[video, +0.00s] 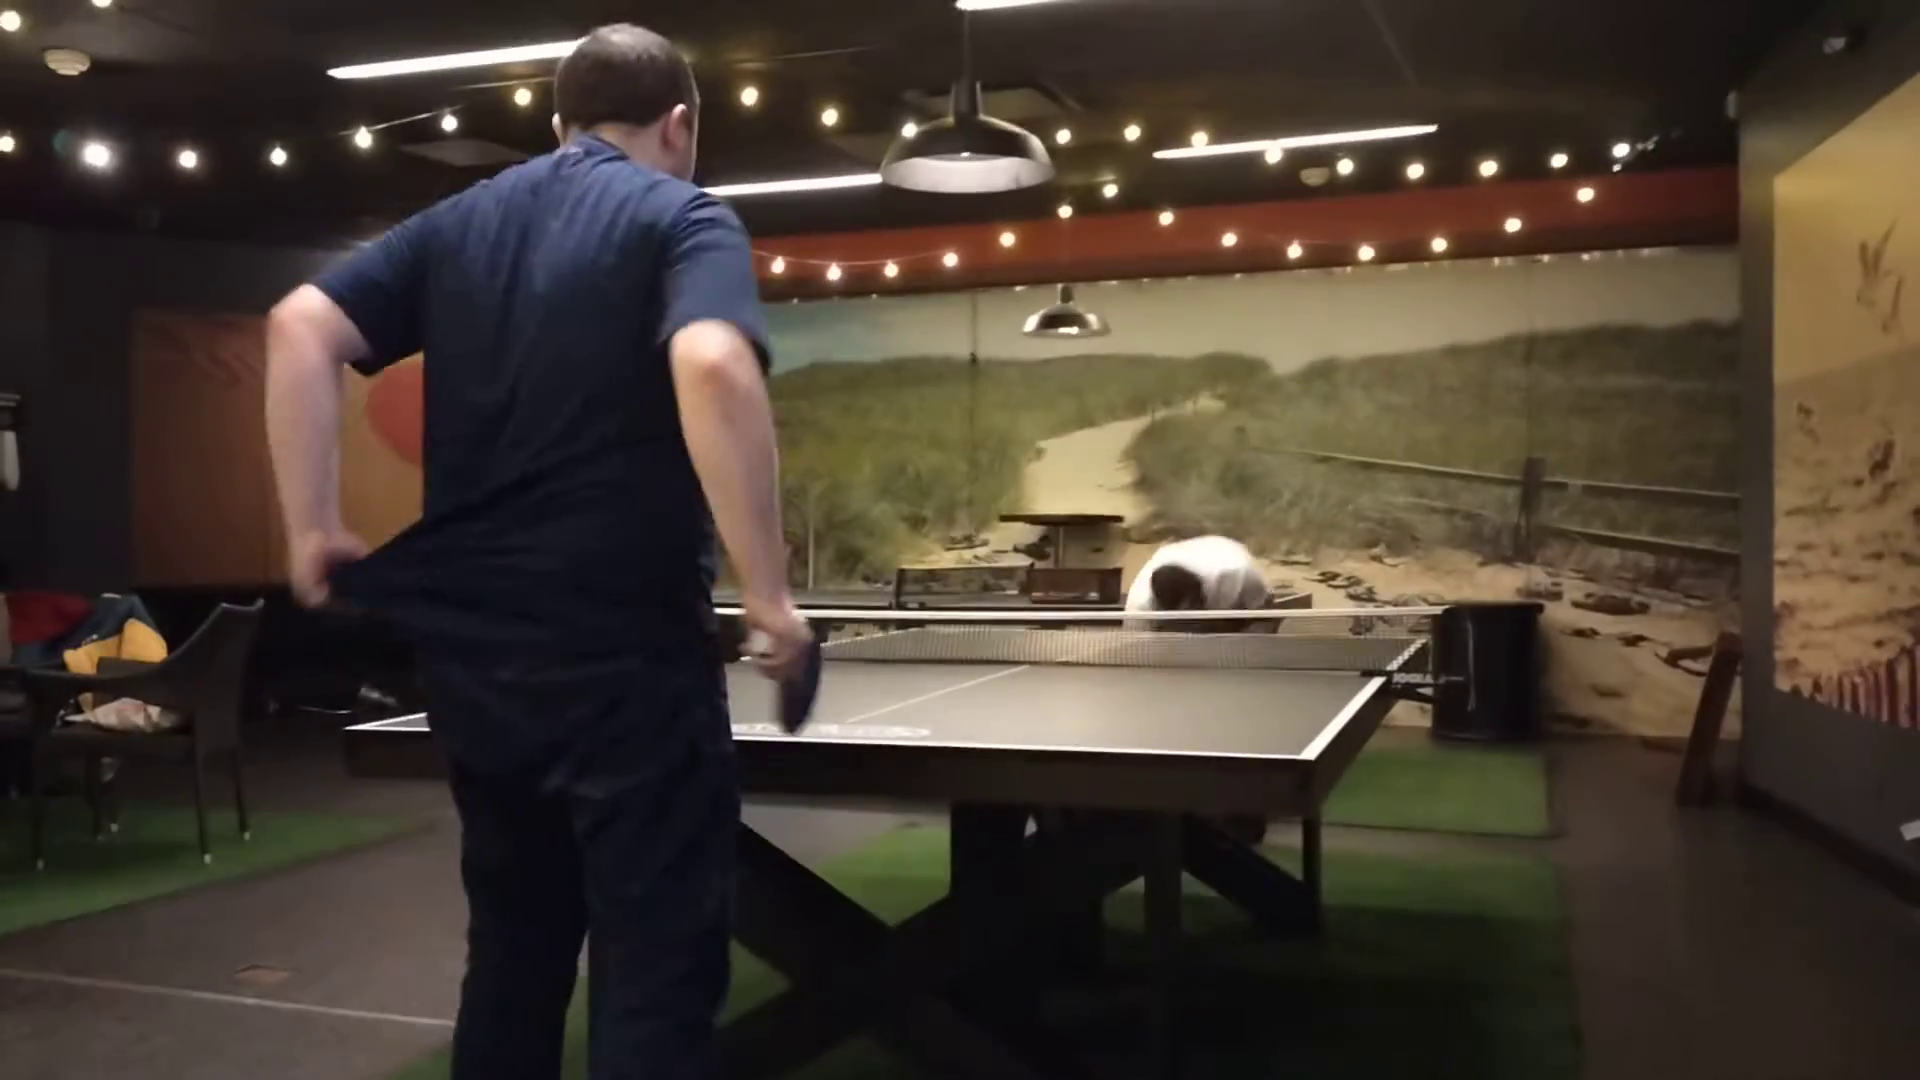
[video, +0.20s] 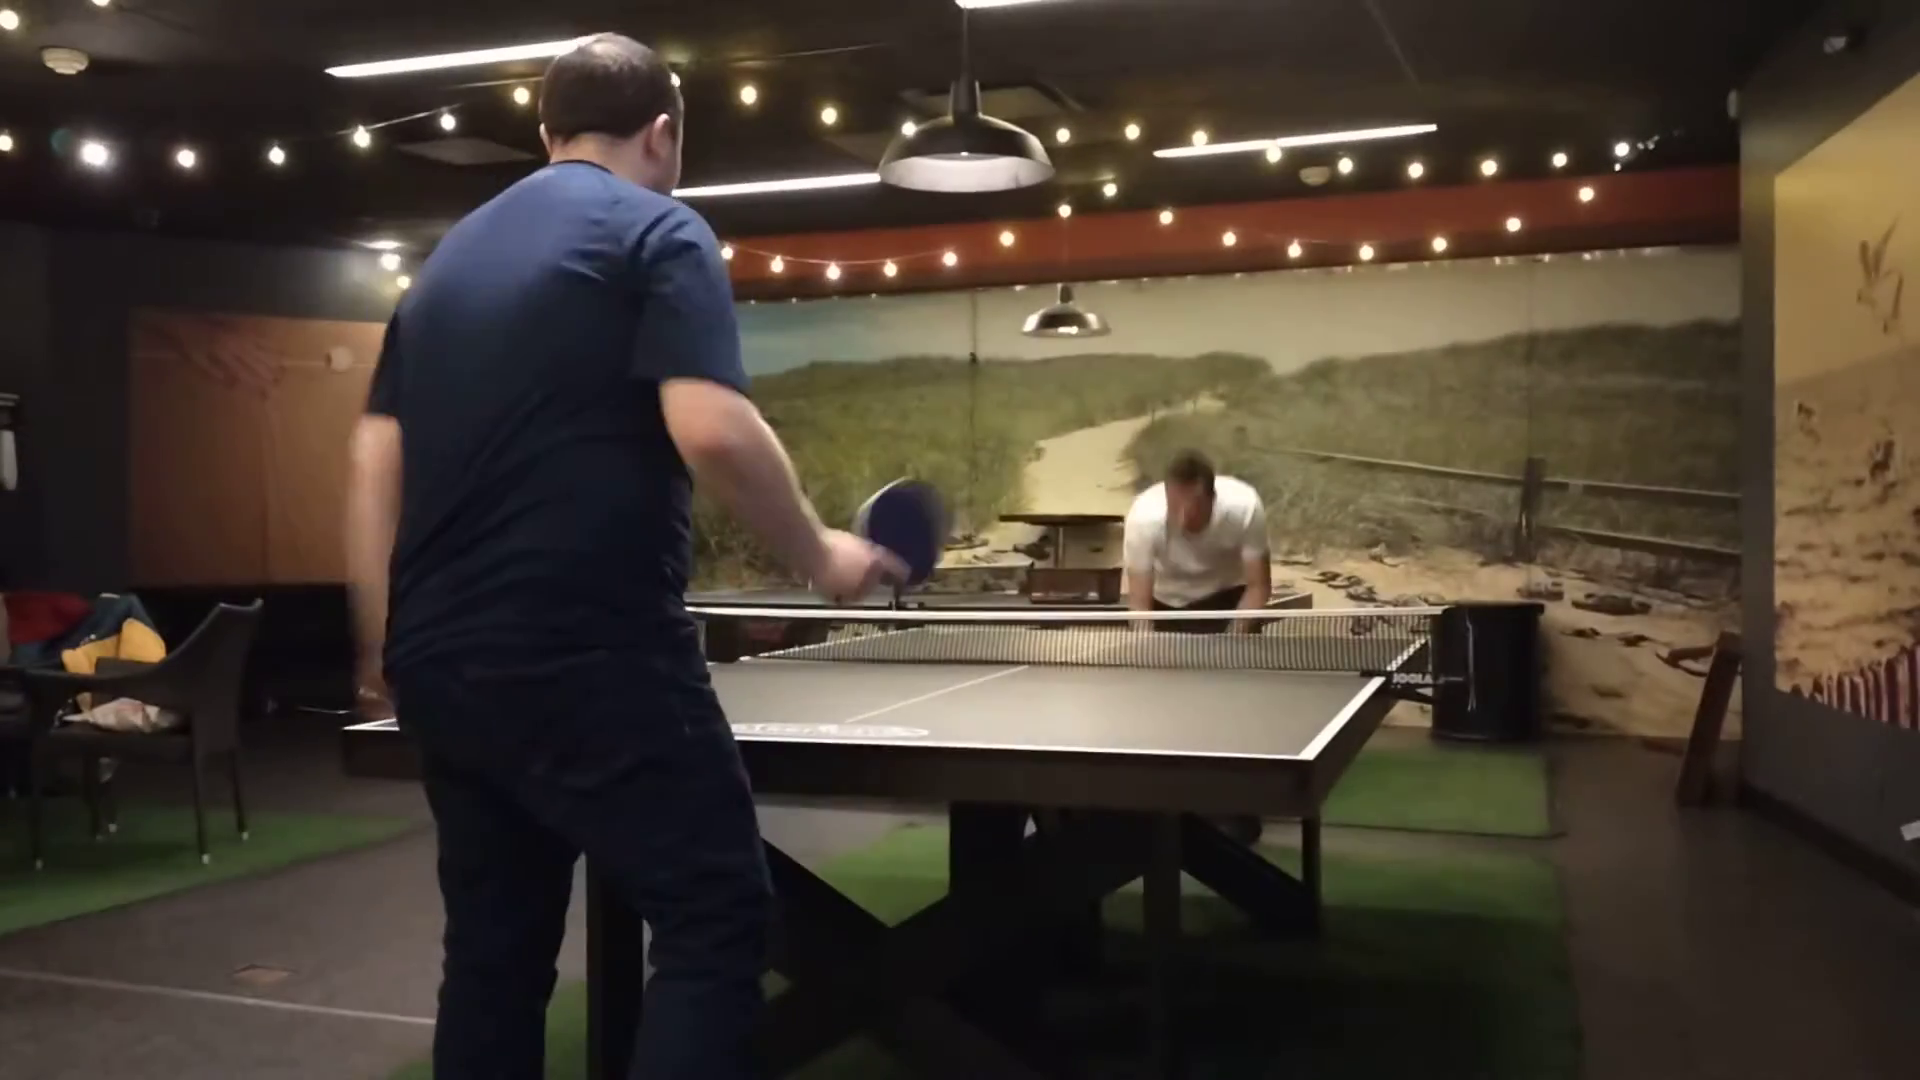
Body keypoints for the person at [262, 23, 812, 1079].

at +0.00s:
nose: (693, 155)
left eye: (692, 139)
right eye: (694, 136)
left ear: (562, 124)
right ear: (675, 126)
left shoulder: (462, 219)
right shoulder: (682, 216)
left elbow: (304, 324)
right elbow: (712, 359)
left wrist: (312, 528)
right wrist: (770, 598)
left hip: (473, 649)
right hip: (626, 656)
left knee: (513, 952)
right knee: (661, 977)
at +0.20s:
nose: (675, 161)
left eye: (673, 146)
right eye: (677, 143)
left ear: (550, 134)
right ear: (660, 133)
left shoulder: (450, 252)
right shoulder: (658, 231)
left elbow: (378, 447)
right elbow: (711, 428)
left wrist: (377, 635)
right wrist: (821, 553)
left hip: (446, 665)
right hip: (603, 665)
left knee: (494, 949)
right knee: (716, 922)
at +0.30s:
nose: (674, 160)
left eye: (667, 143)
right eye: (675, 141)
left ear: (544, 137)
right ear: (658, 133)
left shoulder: (457, 249)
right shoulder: (673, 235)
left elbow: (428, 435)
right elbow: (737, 459)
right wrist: (823, 532)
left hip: (444, 656)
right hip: (604, 655)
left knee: (493, 954)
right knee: (708, 932)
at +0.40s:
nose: (684, 160)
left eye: (684, 142)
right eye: (683, 140)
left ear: (551, 132)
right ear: (663, 130)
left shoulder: (470, 243)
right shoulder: (689, 231)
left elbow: (512, 447)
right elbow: (752, 466)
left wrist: (734, 537)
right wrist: (746, 536)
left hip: (457, 658)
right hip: (617, 660)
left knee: (497, 960)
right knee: (695, 951)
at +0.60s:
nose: (743, 155)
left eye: (736, 140)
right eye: (742, 139)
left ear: (608, 143)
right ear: (729, 135)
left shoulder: (522, 234)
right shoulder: (767, 254)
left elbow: (477, 433)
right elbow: (834, 498)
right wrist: (765, 566)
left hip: (483, 666)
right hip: (658, 672)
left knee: (497, 970)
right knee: (683, 985)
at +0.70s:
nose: (774, 169)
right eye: (776, 152)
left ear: (636, 150)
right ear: (761, 148)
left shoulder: (541, 238)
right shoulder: (792, 268)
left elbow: (451, 449)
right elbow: (889, 497)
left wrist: (534, 573)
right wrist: (810, 602)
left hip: (490, 672)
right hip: (672, 682)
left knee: (469, 973)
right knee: (679, 989)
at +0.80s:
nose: (778, 180)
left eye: (777, 165)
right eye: (780, 162)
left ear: (644, 144)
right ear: (766, 152)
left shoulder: (537, 238)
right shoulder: (792, 264)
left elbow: (442, 457)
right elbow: (909, 488)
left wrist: (431, 629)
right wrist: (824, 626)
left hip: (481, 669)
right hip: (667, 683)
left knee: (434, 966)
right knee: (678, 995)